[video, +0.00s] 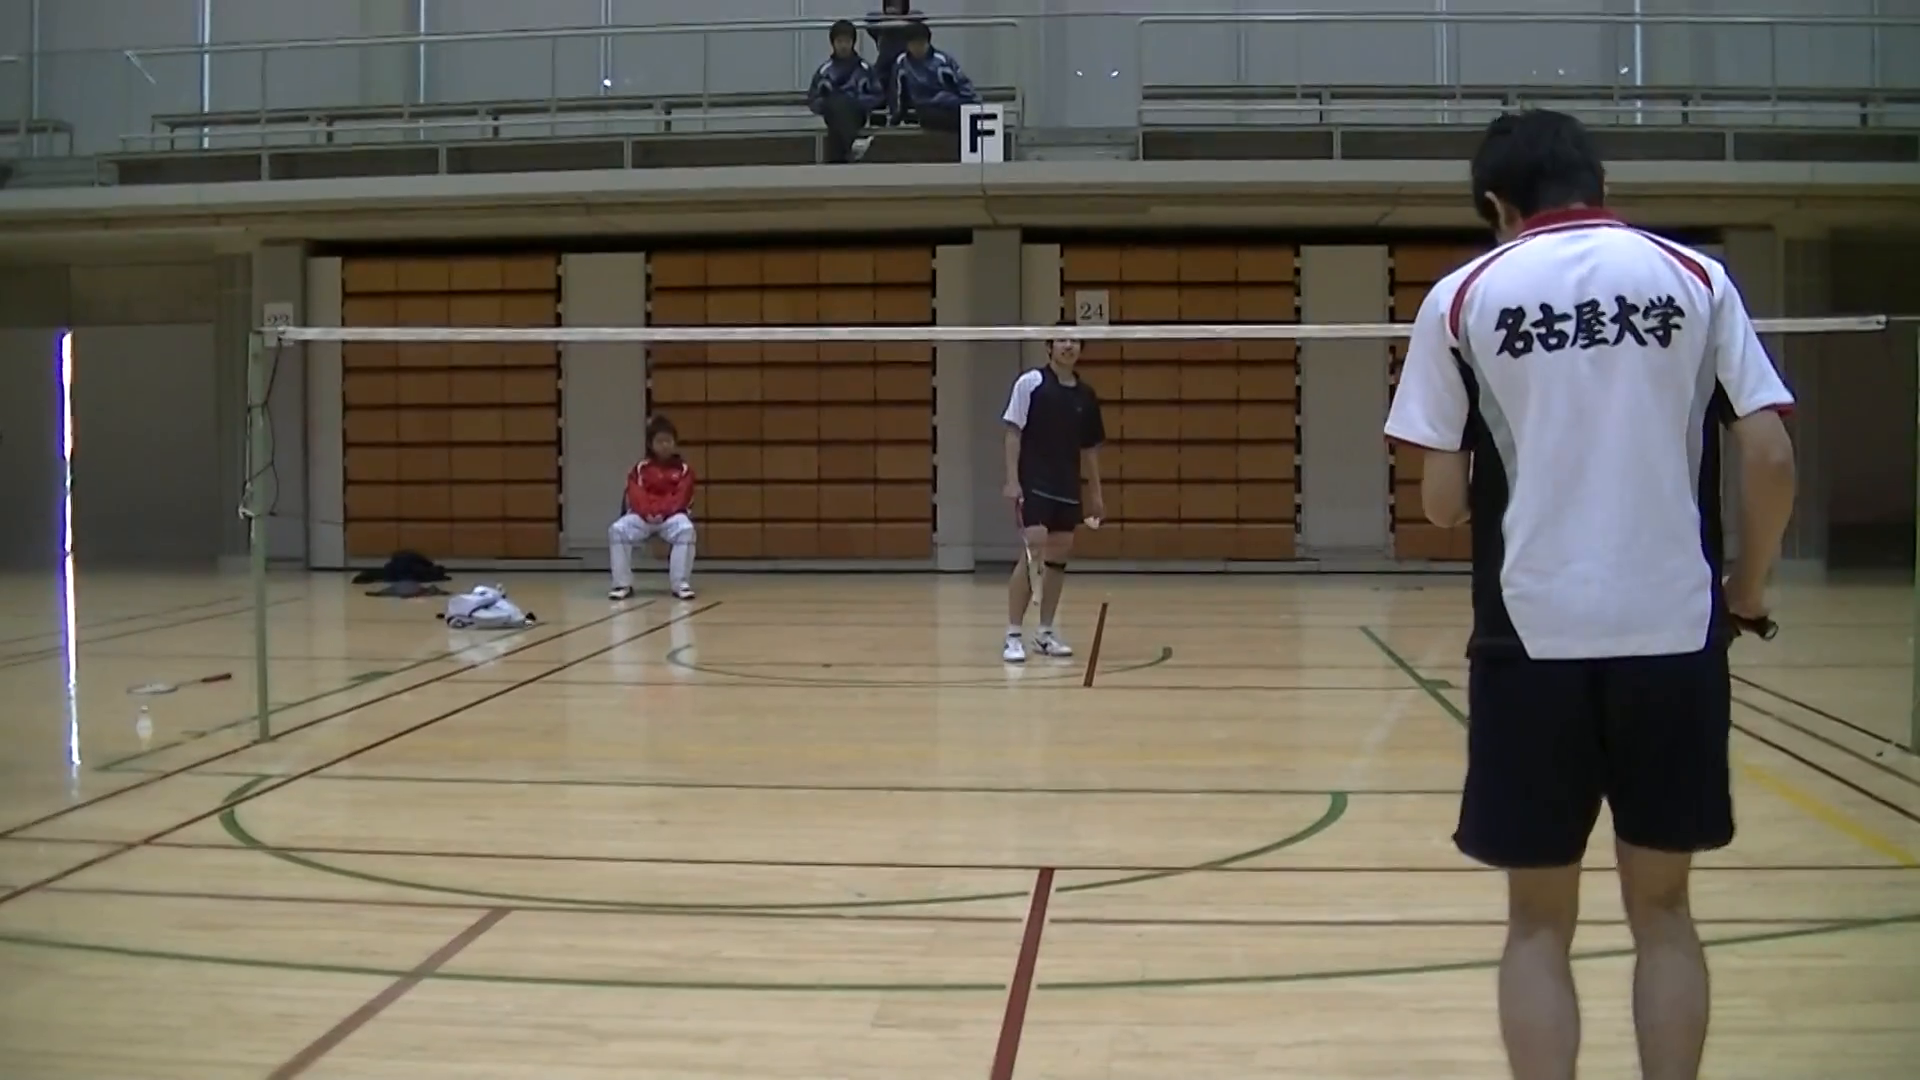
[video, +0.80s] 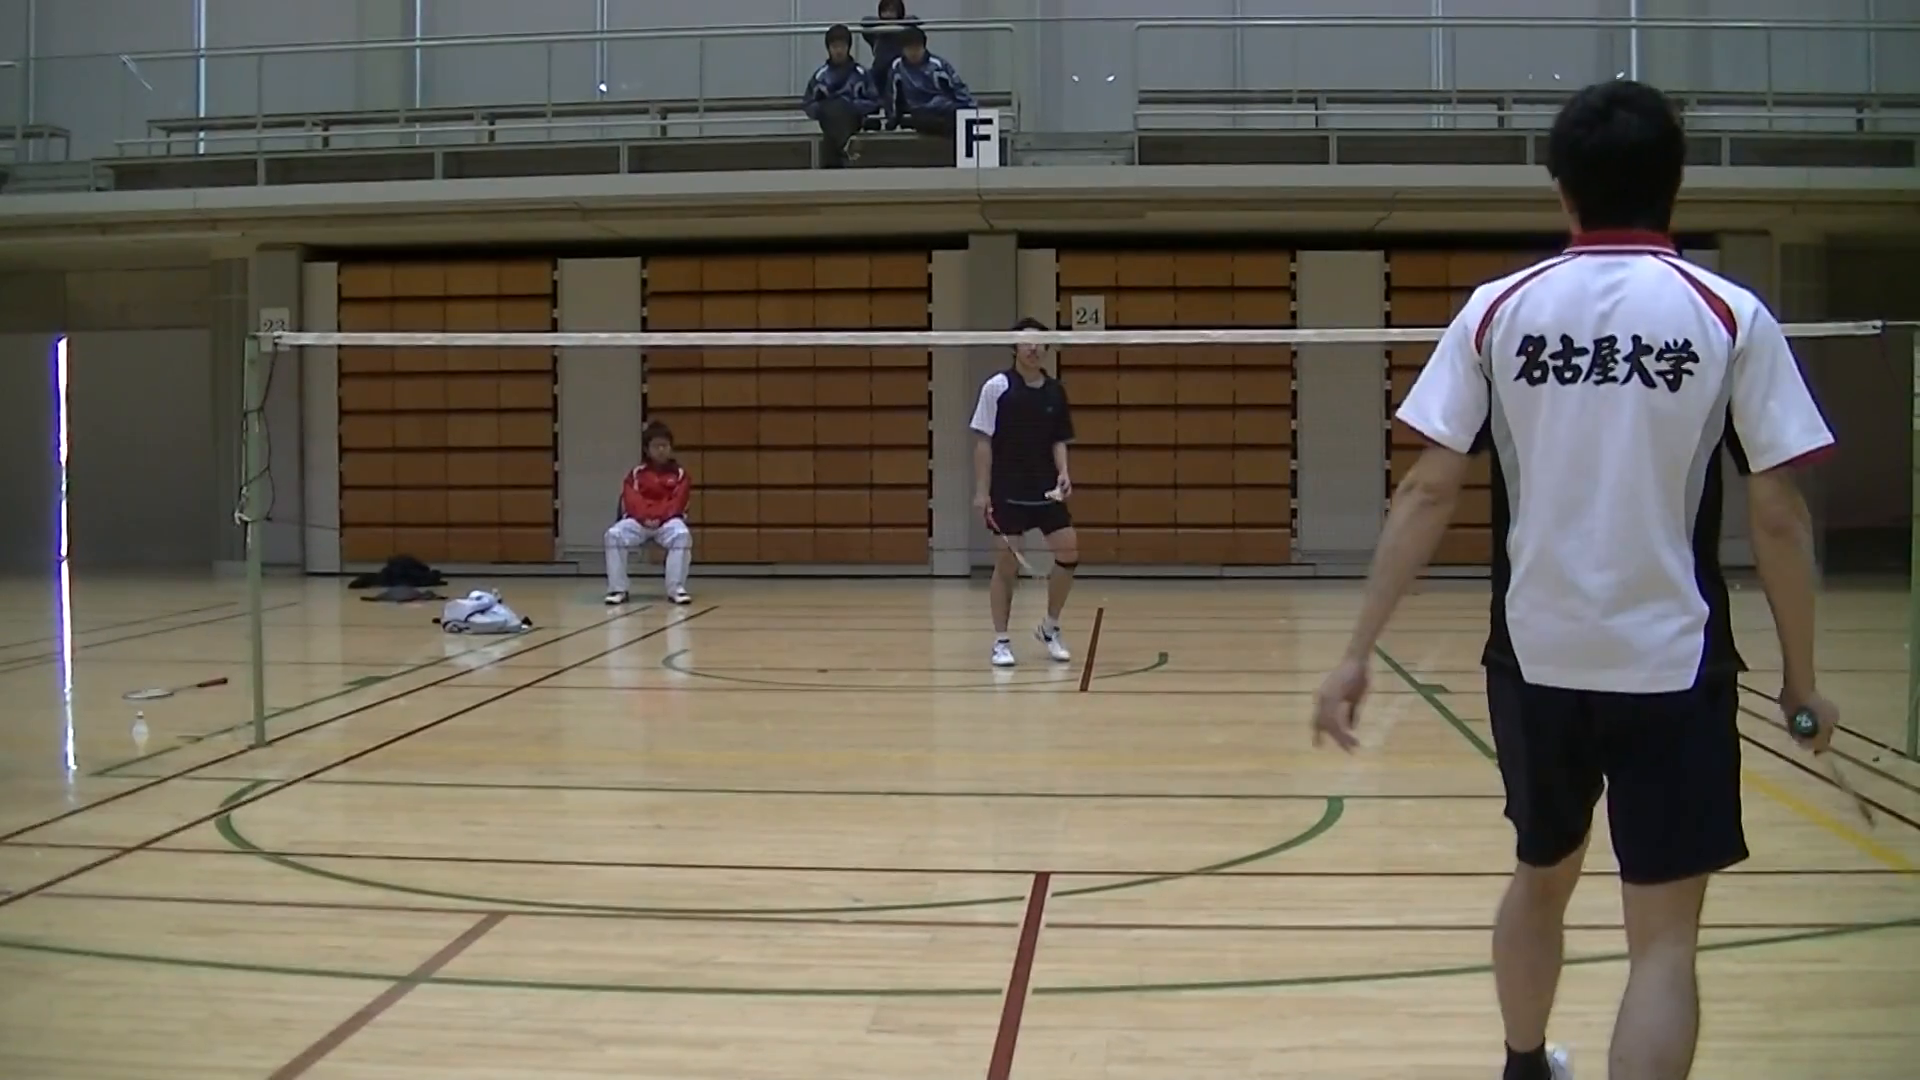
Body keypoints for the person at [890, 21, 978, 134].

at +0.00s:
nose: (918, 49)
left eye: (921, 44)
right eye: (913, 45)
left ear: (928, 43)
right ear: (907, 45)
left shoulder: (943, 60)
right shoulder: (902, 64)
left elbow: (962, 83)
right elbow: (898, 93)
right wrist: (894, 119)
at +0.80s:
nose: (913, 54)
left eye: (917, 49)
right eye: (909, 49)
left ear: (924, 48)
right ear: (903, 50)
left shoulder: (939, 65)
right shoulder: (897, 68)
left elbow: (958, 88)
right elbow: (894, 97)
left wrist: (970, 109)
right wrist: (892, 121)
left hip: (949, 112)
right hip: (920, 115)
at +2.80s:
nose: (910, 52)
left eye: (914, 47)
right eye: (906, 48)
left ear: (921, 47)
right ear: (899, 49)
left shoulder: (935, 64)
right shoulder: (893, 68)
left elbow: (954, 87)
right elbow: (889, 96)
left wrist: (968, 106)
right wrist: (888, 121)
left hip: (943, 108)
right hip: (914, 112)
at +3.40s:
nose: (909, 51)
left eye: (913, 46)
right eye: (904, 47)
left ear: (920, 46)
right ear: (898, 49)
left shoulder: (934, 63)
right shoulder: (893, 67)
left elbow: (953, 86)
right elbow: (889, 95)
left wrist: (967, 106)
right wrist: (889, 118)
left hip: (943, 108)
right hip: (914, 112)